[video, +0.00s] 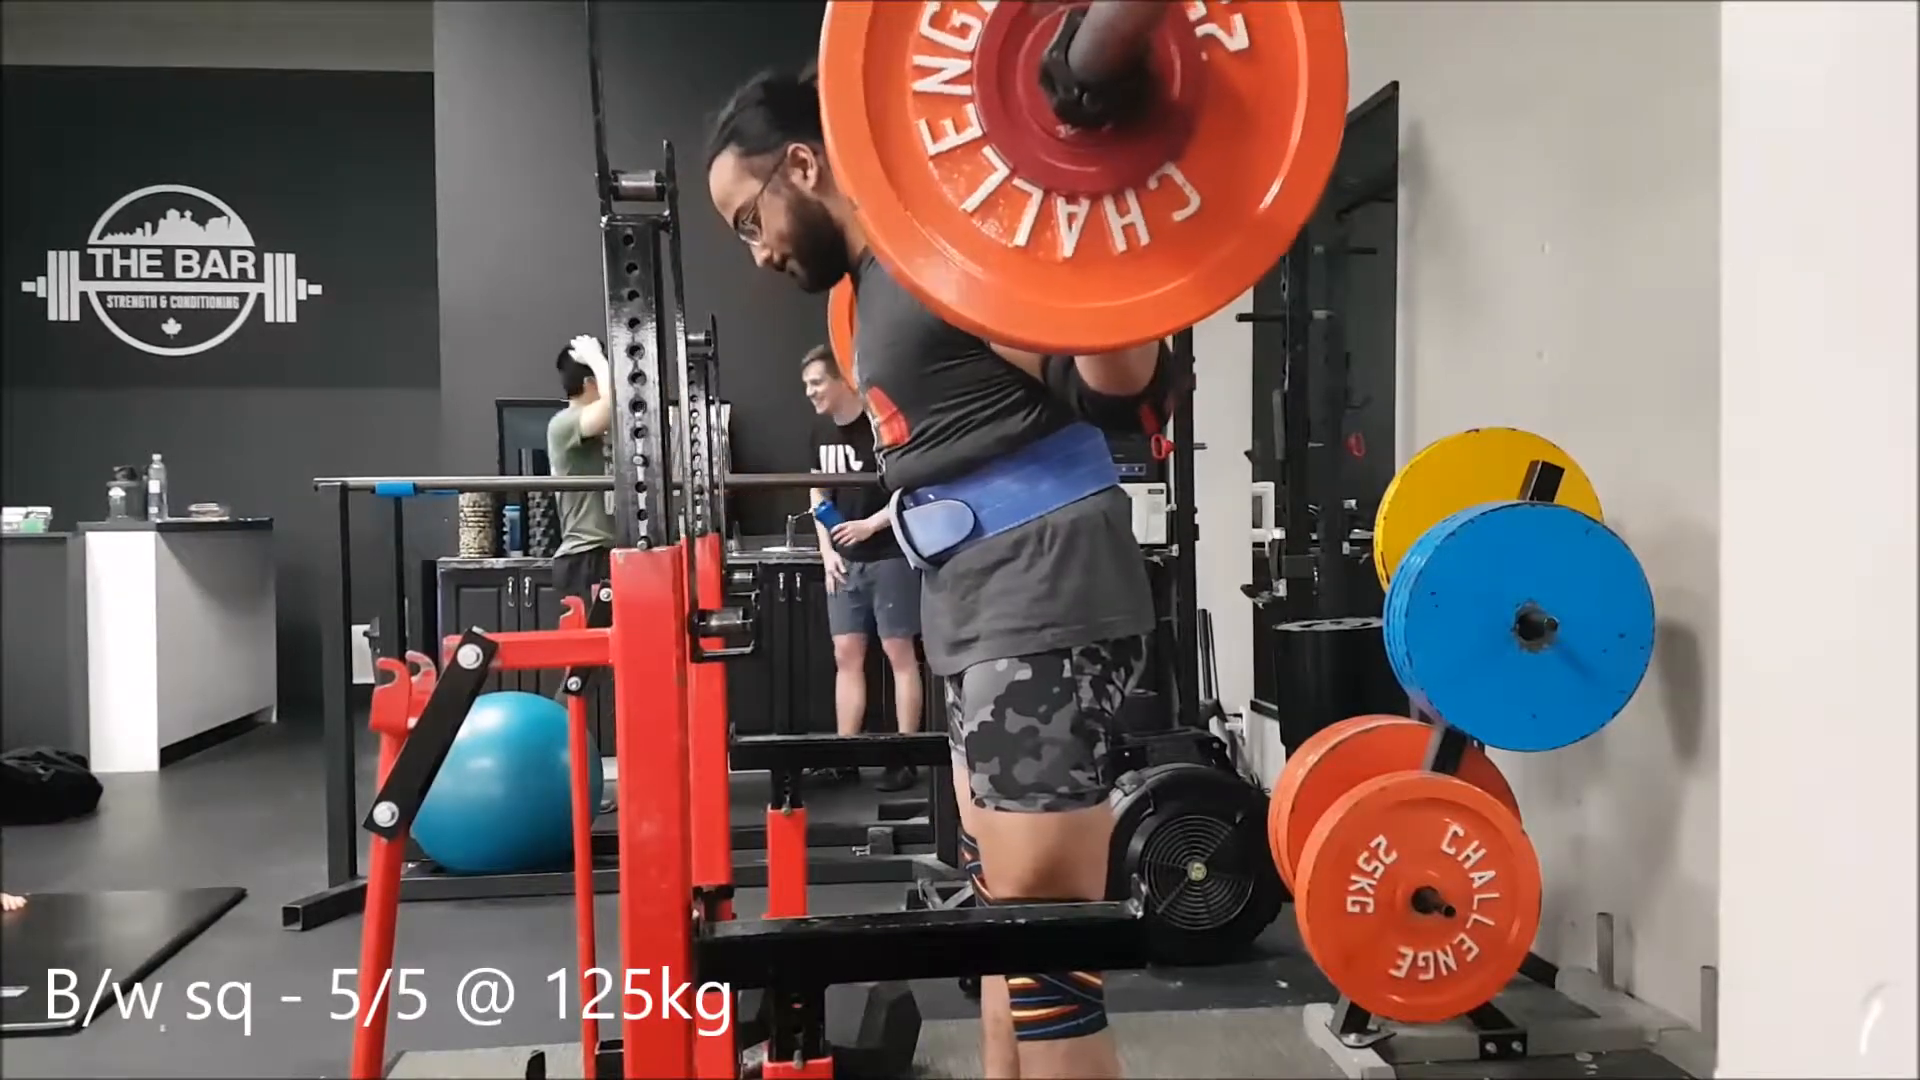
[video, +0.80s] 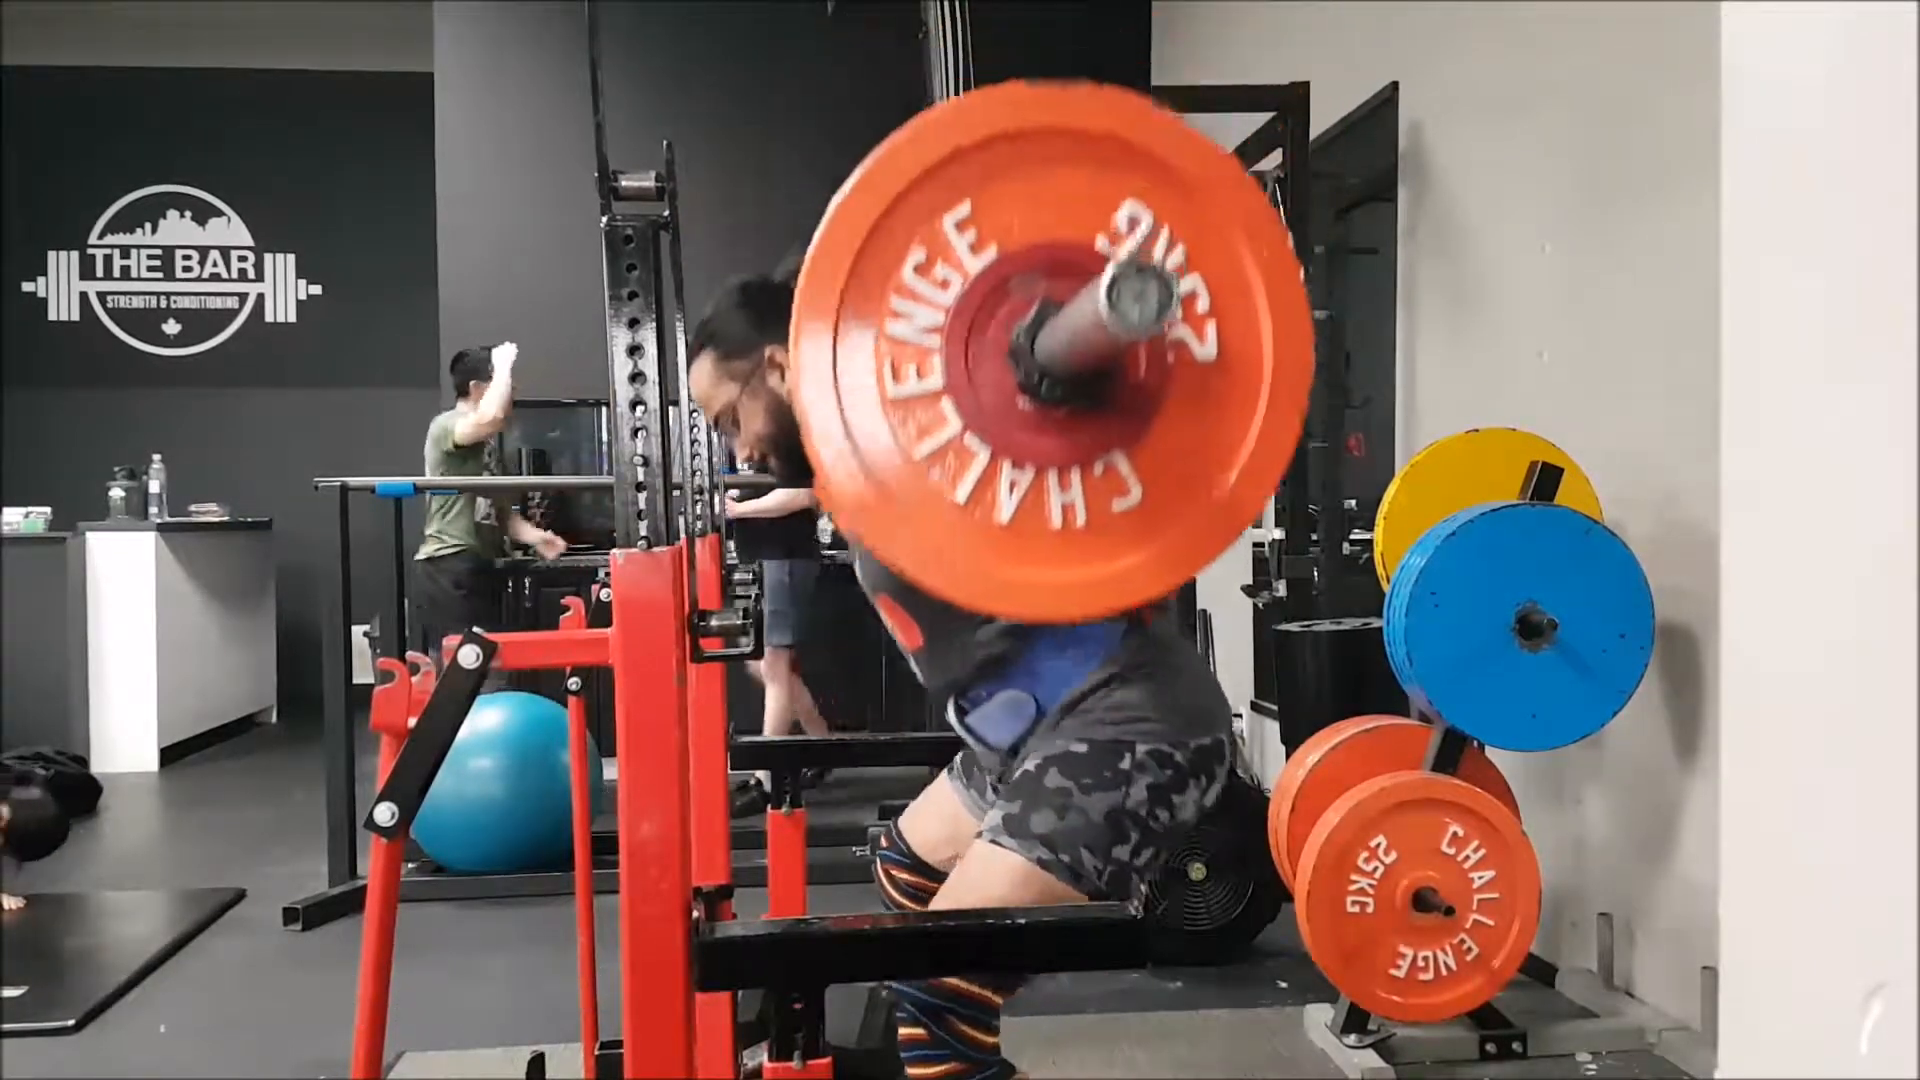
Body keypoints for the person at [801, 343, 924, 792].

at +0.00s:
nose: (811, 392)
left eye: (818, 383)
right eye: (807, 386)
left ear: (846, 380)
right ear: (811, 389)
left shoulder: (888, 427)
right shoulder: (823, 434)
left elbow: (915, 490)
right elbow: (819, 499)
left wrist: (872, 523)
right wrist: (827, 552)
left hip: (890, 556)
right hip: (844, 559)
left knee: (899, 652)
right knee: (846, 652)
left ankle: (905, 756)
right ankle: (845, 755)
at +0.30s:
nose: (786, 382)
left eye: (793, 373)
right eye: (783, 375)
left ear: (820, 371)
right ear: (789, 378)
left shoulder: (857, 421)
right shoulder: (800, 428)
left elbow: (882, 488)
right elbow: (792, 489)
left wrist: (827, 514)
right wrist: (774, 526)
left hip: (851, 556)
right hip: (811, 557)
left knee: (838, 652)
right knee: (825, 657)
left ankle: (876, 749)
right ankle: (840, 753)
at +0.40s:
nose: (778, 380)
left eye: (786, 370)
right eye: (775, 373)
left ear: (814, 370)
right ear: (780, 379)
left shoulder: (846, 420)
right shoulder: (790, 429)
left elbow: (871, 488)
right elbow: (784, 488)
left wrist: (810, 511)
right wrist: (763, 514)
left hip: (840, 552)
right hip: (799, 554)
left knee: (818, 649)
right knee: (815, 656)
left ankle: (841, 759)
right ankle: (835, 759)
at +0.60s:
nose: (763, 383)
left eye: (769, 374)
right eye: (760, 375)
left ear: (795, 373)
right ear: (769, 379)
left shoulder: (825, 423)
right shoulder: (776, 432)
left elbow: (846, 492)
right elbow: (782, 491)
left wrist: (779, 509)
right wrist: (752, 500)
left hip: (816, 558)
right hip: (782, 560)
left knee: (791, 660)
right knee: (815, 664)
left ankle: (779, 768)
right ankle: (842, 758)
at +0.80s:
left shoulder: (784, 426)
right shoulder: (746, 428)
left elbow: (805, 492)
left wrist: (740, 509)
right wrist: (729, 501)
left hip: (787, 553)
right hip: (759, 551)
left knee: (777, 663)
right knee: (757, 662)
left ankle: (767, 776)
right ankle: (823, 739)